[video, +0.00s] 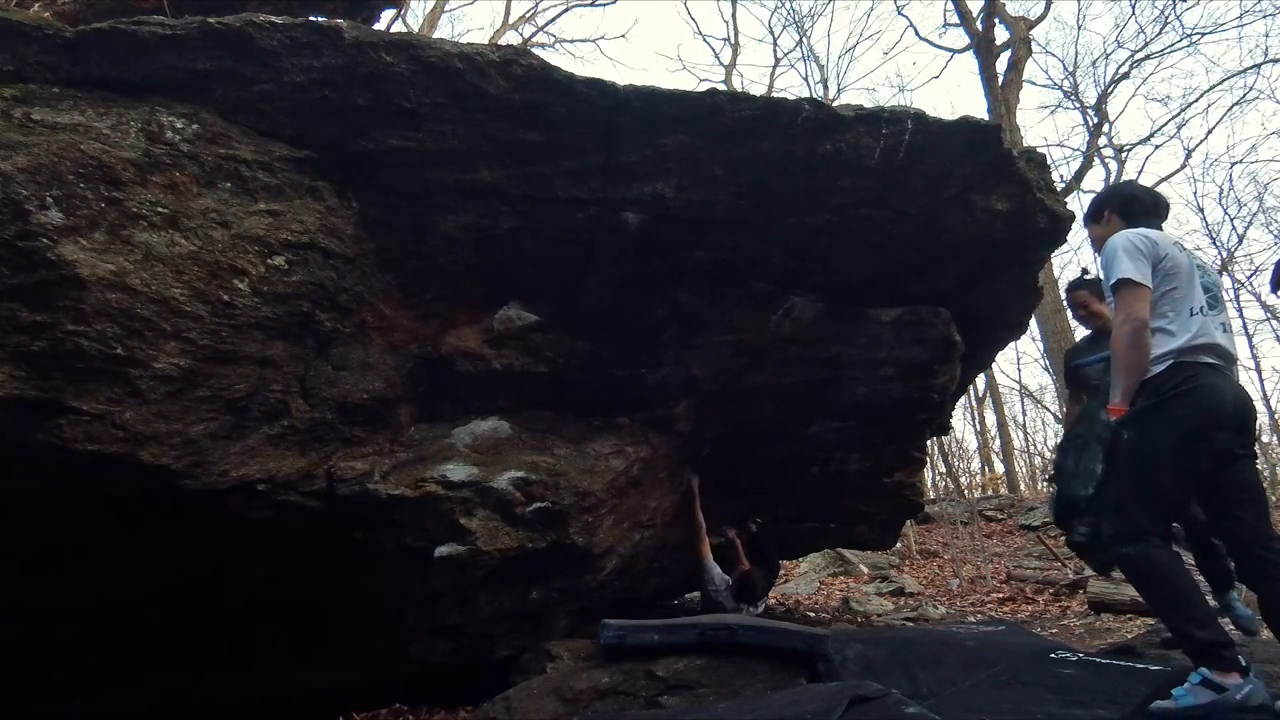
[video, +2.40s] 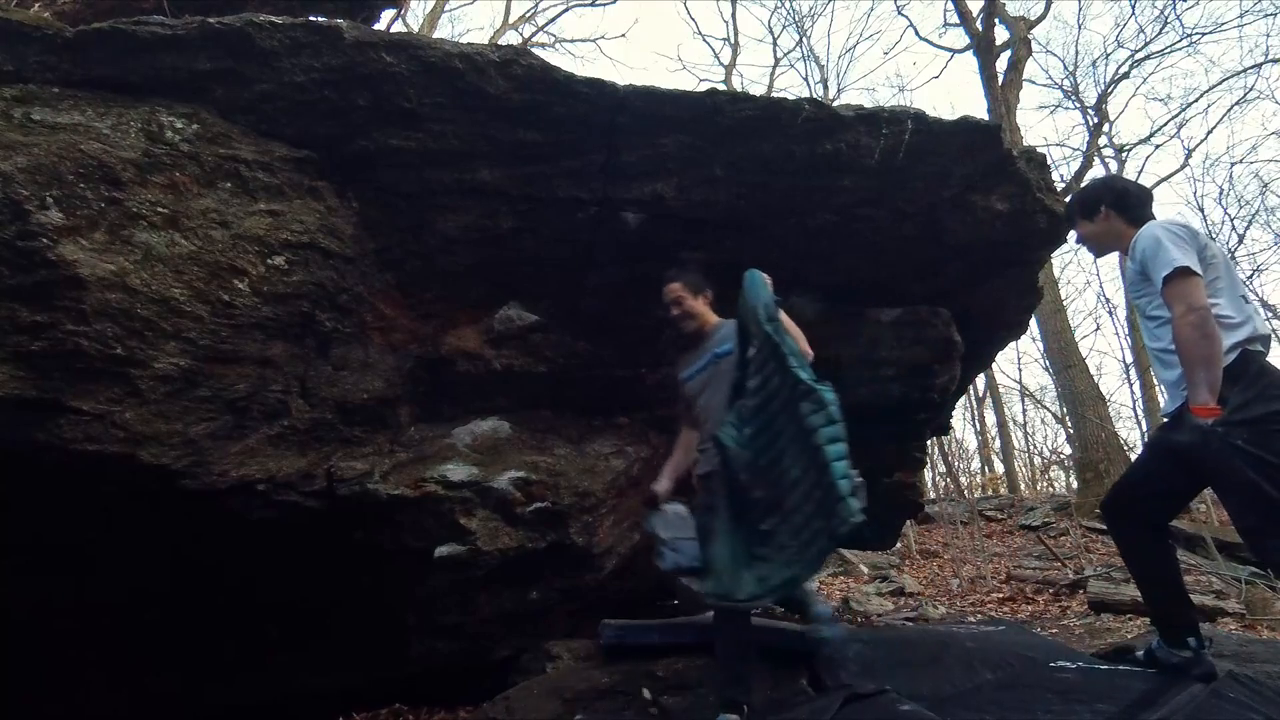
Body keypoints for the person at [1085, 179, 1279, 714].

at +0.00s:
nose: (1094, 242)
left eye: (1094, 232)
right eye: (1091, 234)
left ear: (1111, 217)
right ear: (1148, 216)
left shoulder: (1125, 241)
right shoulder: (1188, 257)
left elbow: (1133, 321)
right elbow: (1211, 330)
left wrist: (1118, 404)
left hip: (1179, 391)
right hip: (1227, 391)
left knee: (1130, 535)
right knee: (1256, 543)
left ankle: (1224, 669)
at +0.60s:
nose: (1097, 253)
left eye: (1095, 241)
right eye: (1093, 248)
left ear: (1110, 219)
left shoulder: (1139, 231)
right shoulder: (1181, 249)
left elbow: (1156, 310)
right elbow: (1151, 337)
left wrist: (1144, 398)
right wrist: (1077, 324)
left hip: (1198, 385)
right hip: (1239, 388)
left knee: (1182, 527)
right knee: (1258, 523)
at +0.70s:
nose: (1098, 254)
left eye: (1095, 243)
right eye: (1092, 249)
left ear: (1111, 216)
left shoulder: (1143, 230)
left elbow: (1159, 310)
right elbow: (1136, 334)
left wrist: (1153, 399)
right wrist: (1064, 319)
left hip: (1204, 390)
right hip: (1231, 390)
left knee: (1222, 533)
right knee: (1256, 526)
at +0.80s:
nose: (1096, 249)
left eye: (1091, 238)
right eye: (1089, 245)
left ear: (1108, 212)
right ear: (1114, 213)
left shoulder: (1153, 228)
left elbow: (1170, 308)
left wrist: (1161, 399)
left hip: (1204, 390)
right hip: (1222, 387)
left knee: (1244, 539)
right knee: (1247, 536)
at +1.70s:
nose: (1103, 232)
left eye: (1098, 218)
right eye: (1094, 227)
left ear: (1122, 188)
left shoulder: (1191, 224)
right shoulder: (1163, 245)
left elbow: (1231, 312)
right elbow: (1202, 327)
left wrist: (1211, 408)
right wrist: (1185, 412)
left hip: (1238, 404)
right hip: (1199, 416)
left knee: (1271, 539)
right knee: (1167, 532)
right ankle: (1276, 624)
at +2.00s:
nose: (1083, 221)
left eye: (1085, 208)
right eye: (1081, 211)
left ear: (1108, 197)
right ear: (1116, 199)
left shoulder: (1161, 227)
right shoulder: (1159, 236)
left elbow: (1198, 314)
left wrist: (1199, 409)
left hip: (1241, 390)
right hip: (1213, 402)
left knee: (1271, 533)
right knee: (1133, 498)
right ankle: (1213, 624)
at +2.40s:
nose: (1077, 237)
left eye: (1079, 224)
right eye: (1075, 228)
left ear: (1105, 213)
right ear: (1110, 217)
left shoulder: (1156, 235)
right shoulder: (1143, 256)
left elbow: (1195, 313)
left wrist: (1204, 407)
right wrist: (1183, 409)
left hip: (1238, 395)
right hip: (1199, 411)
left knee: (1271, 541)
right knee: (1126, 509)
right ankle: (1180, 642)